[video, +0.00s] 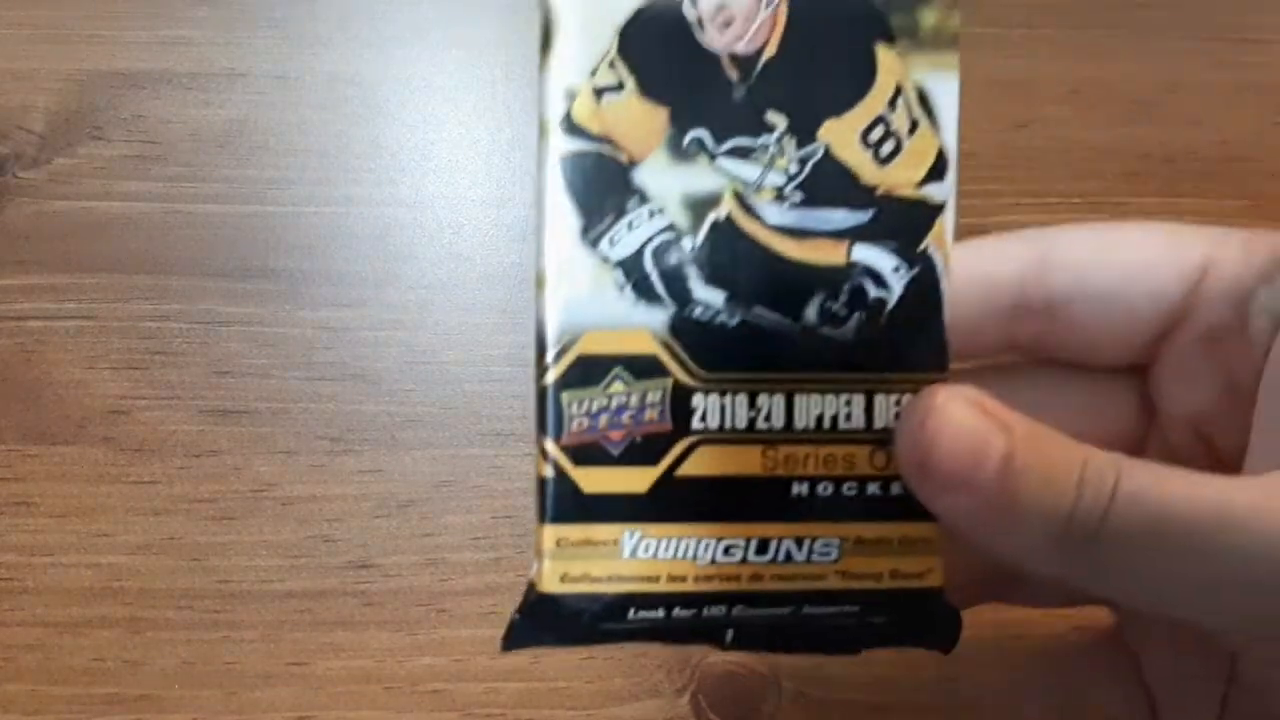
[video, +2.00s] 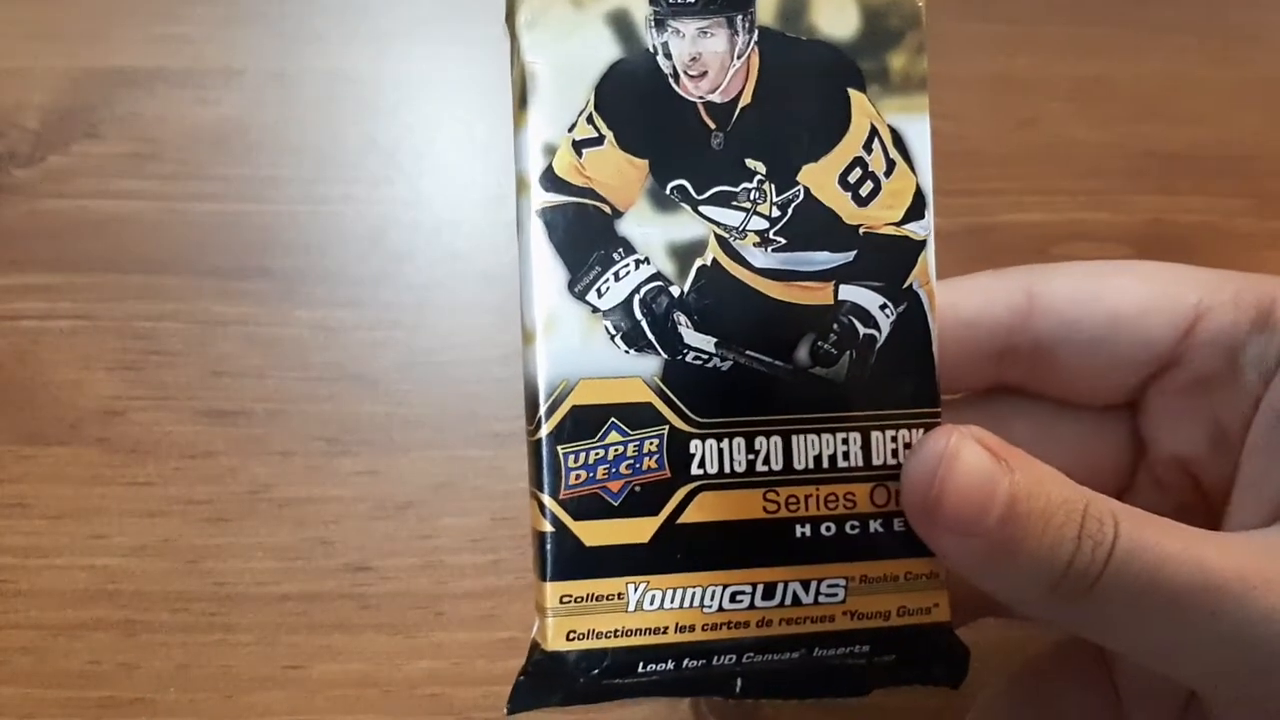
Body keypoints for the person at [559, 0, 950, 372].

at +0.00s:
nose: (712, 10)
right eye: (697, 0)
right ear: (683, 1)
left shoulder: (839, 38)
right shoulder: (656, 40)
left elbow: (922, 177)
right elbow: (588, 140)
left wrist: (875, 272)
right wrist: (640, 244)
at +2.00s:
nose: (688, 55)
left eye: (707, 33)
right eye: (673, 34)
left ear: (744, 30)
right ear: (657, 36)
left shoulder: (814, 84)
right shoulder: (634, 94)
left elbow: (899, 214)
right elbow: (569, 196)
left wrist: (858, 318)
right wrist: (628, 287)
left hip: (859, 282)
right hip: (741, 278)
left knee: (894, 444)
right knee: (678, 426)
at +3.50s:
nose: (711, 48)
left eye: (731, 26)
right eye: (695, 25)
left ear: (770, 25)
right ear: (681, 27)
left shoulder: (838, 81)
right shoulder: (658, 85)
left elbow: (918, 212)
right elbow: (591, 186)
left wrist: (879, 315)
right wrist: (651, 283)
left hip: (877, 279)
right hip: (763, 273)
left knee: (915, 437)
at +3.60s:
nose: (788, 51)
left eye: (808, 23)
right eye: (769, 30)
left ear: (850, 17)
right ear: (755, 22)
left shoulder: (921, 67)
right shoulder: (735, 72)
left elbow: (991, 202)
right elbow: (668, 177)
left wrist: (954, 311)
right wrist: (723, 275)